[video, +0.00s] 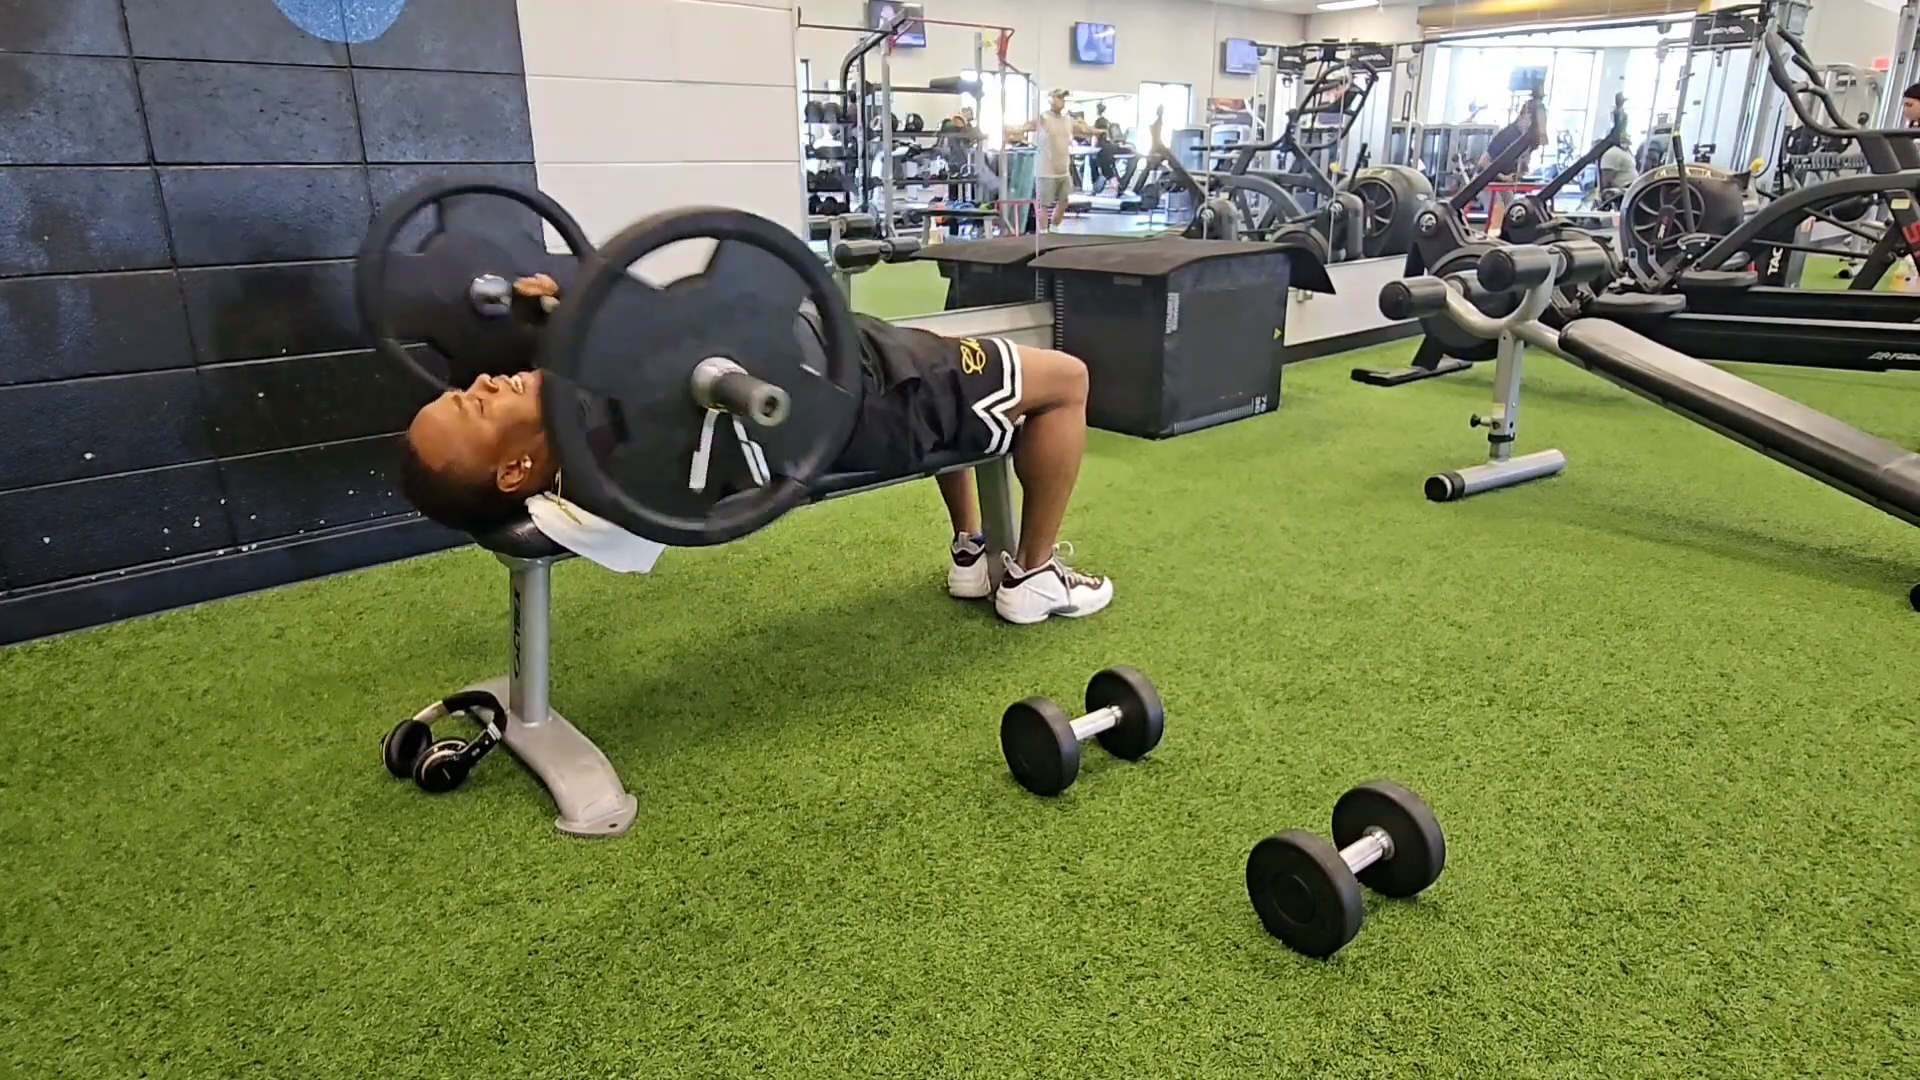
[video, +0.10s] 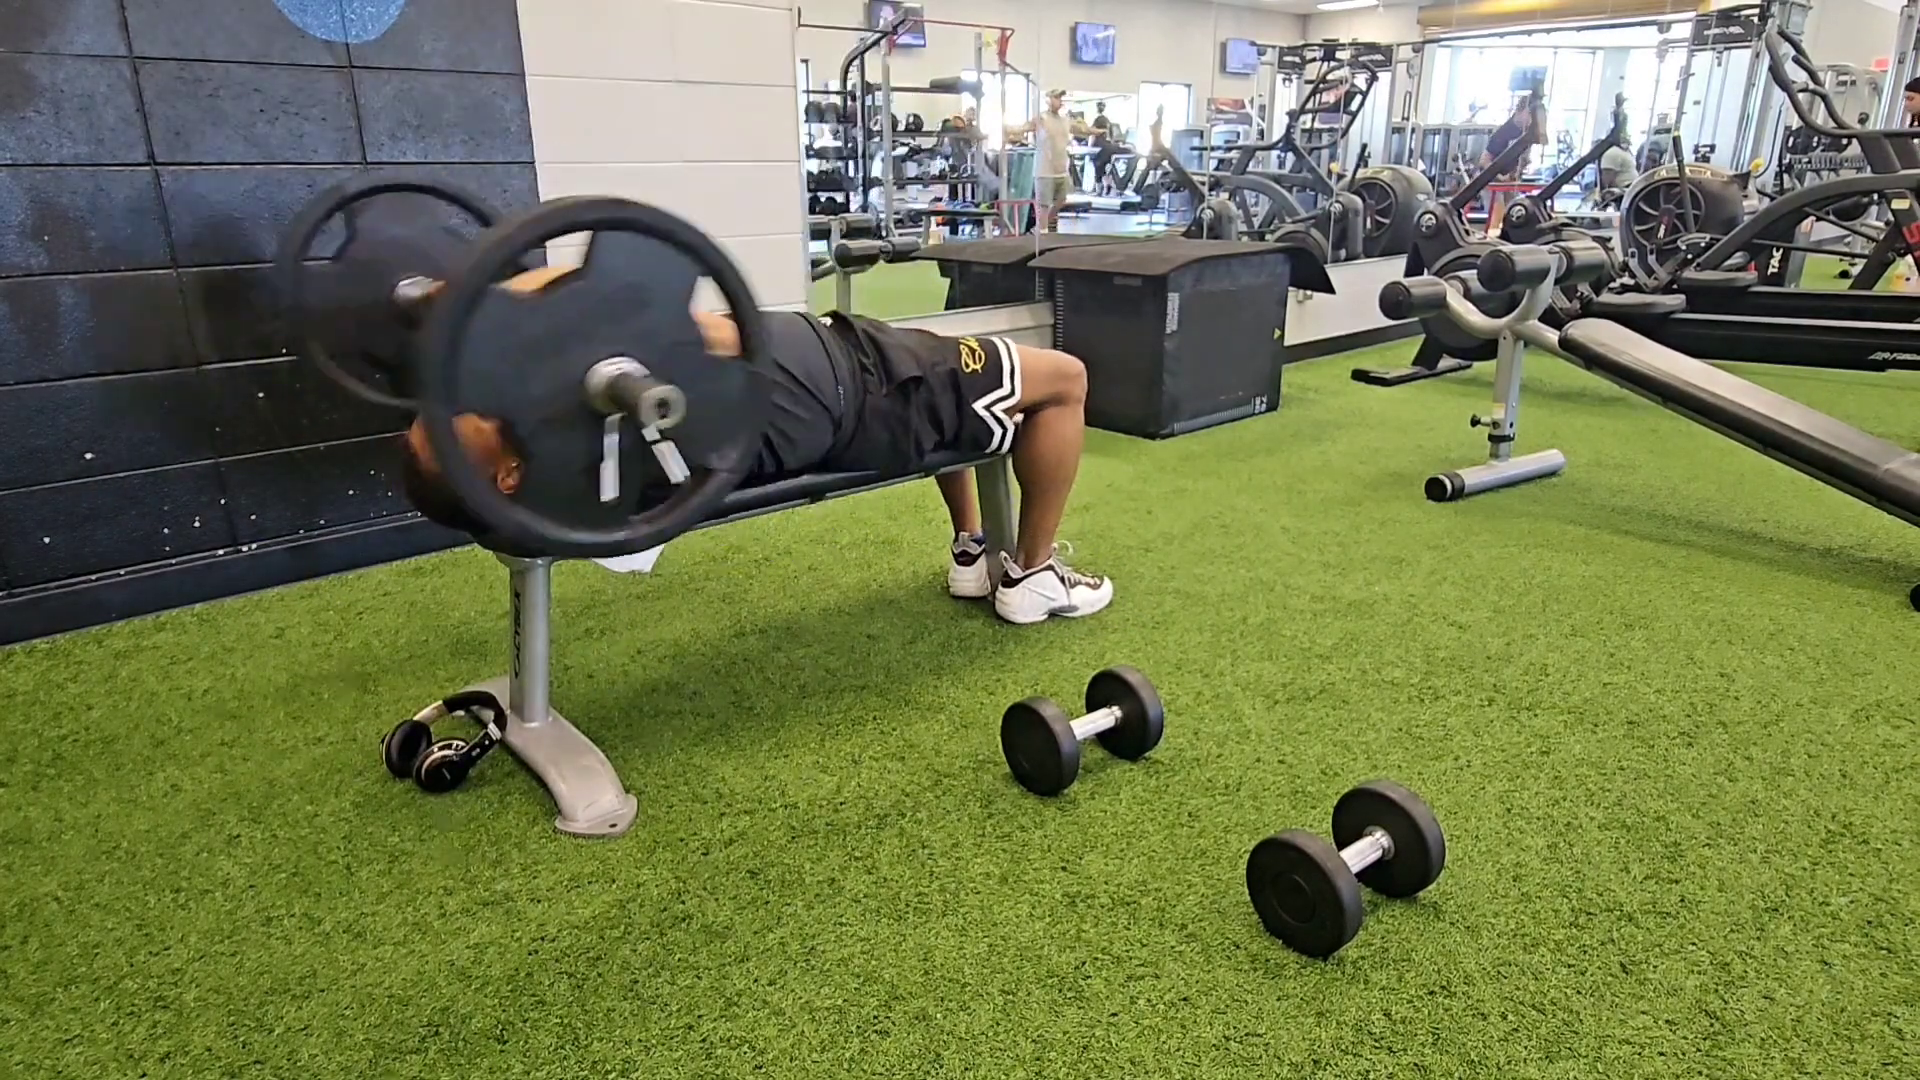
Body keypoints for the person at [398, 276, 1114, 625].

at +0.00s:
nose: (493, 379)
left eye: (472, 386)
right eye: (485, 403)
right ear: (517, 469)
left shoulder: (554, 400)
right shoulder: (615, 457)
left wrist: (553, 301)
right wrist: (576, 309)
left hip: (800, 349)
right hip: (856, 404)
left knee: (940, 343)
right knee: (1067, 379)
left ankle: (972, 543)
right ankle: (1036, 574)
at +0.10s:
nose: (471, 418)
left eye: (456, 429)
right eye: (468, 433)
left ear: (473, 456)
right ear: (492, 472)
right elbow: (716, 344)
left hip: (794, 347)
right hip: (853, 394)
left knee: (937, 350)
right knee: (1066, 379)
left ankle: (973, 546)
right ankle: (1036, 574)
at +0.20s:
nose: (416, 337)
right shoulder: (609, 443)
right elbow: (665, 326)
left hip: (777, 350)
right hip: (846, 388)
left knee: (926, 348)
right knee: (1056, 375)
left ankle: (972, 544)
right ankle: (1035, 570)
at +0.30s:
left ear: (501, 421)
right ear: (542, 441)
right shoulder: (627, 462)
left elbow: (445, 286)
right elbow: (577, 332)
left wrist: (360, 399)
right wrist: (452, 384)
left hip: (777, 340)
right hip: (845, 388)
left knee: (928, 362)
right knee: (1056, 372)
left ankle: (972, 540)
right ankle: (1035, 563)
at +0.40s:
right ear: (512, 485)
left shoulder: (467, 412)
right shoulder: (599, 459)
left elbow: (397, 317)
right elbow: (525, 360)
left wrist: (353, 466)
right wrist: (403, 461)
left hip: (779, 342)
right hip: (840, 385)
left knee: (926, 351)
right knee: (1055, 371)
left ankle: (969, 543)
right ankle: (1033, 566)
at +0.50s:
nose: (432, 412)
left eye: (423, 422)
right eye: (431, 425)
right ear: (481, 483)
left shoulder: (444, 435)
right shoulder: (587, 470)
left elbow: (383, 338)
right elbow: (513, 388)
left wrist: (365, 477)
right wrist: (397, 492)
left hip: (769, 340)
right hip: (833, 381)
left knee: (923, 344)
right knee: (1055, 372)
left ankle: (970, 543)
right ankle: (1032, 568)